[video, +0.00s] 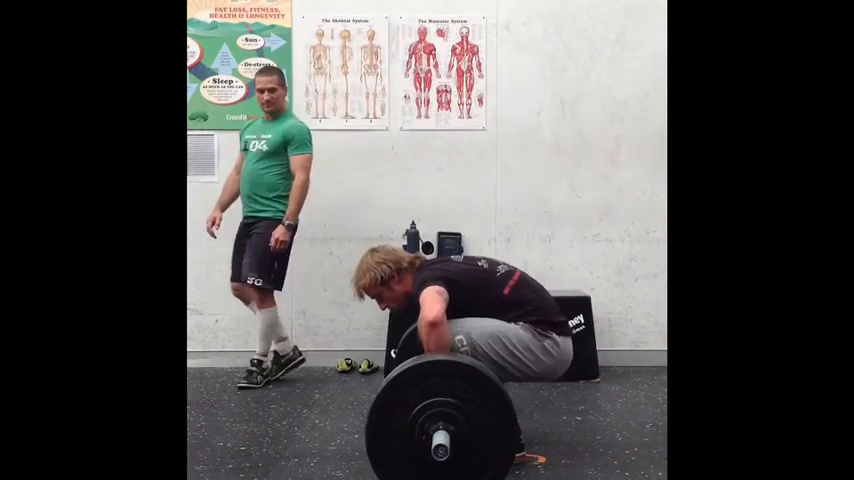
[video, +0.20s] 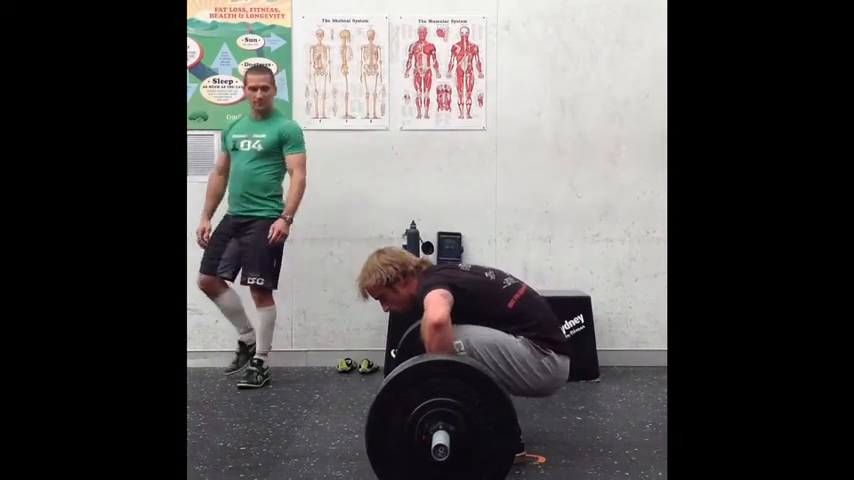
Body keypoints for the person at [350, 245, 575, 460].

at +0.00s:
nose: (383, 306)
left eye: (379, 297)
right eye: (377, 300)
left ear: (394, 279)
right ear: (397, 276)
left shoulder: (430, 275)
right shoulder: (436, 268)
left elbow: (433, 319)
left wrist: (438, 387)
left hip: (546, 343)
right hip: (545, 339)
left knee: (442, 339)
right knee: (438, 337)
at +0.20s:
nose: (385, 308)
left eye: (383, 299)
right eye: (380, 302)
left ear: (400, 282)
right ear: (402, 279)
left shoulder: (434, 281)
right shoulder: (441, 273)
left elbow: (437, 320)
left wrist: (441, 387)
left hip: (544, 360)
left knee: (442, 342)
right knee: (446, 341)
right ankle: (507, 439)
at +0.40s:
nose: (386, 306)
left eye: (384, 296)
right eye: (381, 299)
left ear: (400, 279)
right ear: (402, 277)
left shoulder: (432, 277)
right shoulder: (440, 270)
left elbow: (436, 320)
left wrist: (441, 387)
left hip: (546, 354)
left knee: (445, 341)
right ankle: (503, 437)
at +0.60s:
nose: (387, 305)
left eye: (384, 296)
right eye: (381, 299)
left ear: (401, 279)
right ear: (403, 276)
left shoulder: (431, 278)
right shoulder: (440, 270)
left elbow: (435, 320)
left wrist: (440, 388)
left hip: (546, 357)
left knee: (444, 340)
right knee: (442, 339)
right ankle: (504, 437)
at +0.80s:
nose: (387, 304)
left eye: (385, 295)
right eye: (381, 298)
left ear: (401, 278)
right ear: (404, 276)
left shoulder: (433, 278)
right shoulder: (441, 270)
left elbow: (437, 320)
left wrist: (441, 386)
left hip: (545, 357)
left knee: (442, 340)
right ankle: (504, 437)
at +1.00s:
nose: (387, 303)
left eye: (385, 294)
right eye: (381, 297)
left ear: (402, 277)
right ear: (404, 275)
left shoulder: (433, 278)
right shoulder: (440, 270)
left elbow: (437, 319)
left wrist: (441, 387)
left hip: (546, 357)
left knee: (442, 340)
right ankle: (503, 436)